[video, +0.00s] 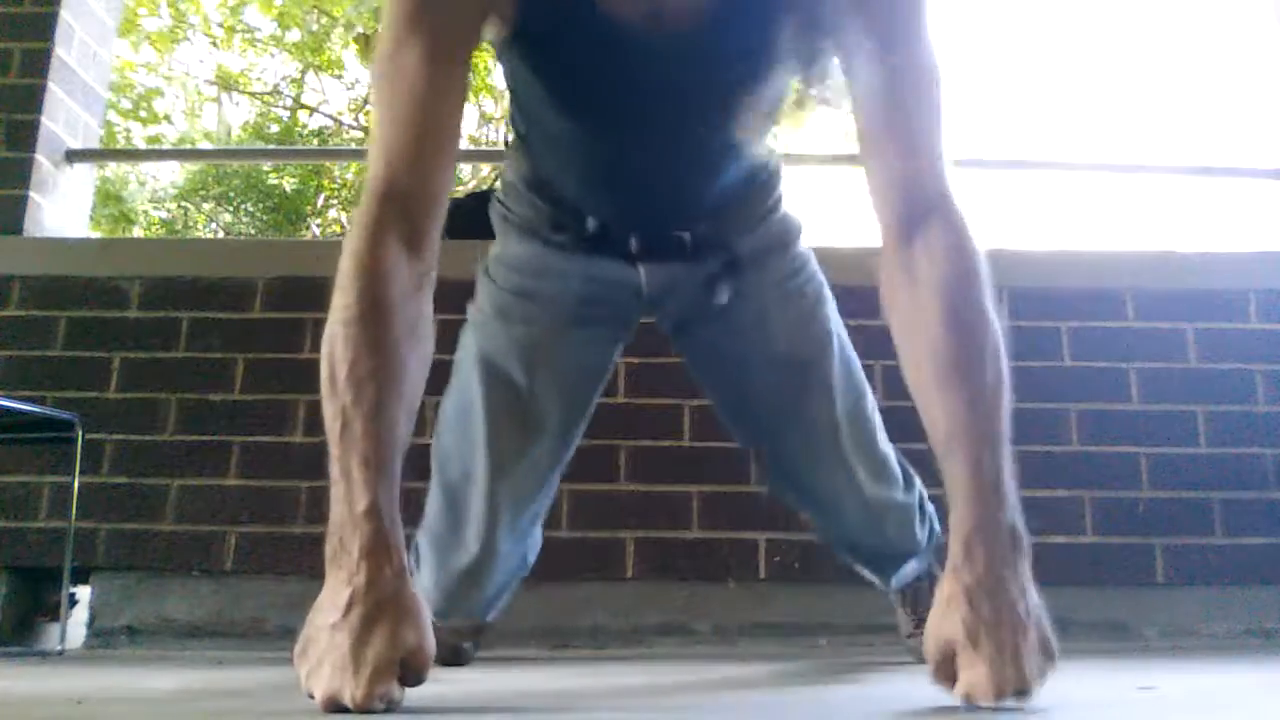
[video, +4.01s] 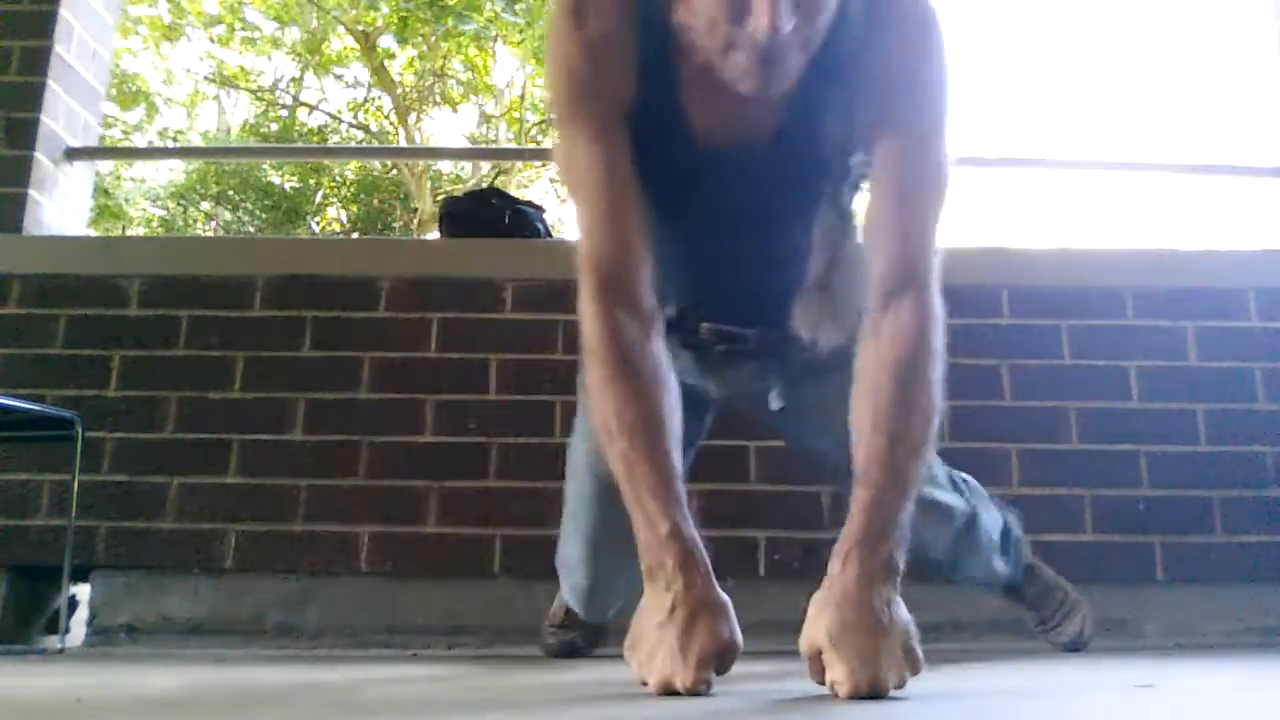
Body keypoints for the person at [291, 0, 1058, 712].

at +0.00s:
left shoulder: (858, 7)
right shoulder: (463, 7)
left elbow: (920, 229)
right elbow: (393, 234)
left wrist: (991, 551)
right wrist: (361, 562)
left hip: (738, 239)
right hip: (551, 243)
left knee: (865, 498)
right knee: (467, 546)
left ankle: (938, 591)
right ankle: (437, 620)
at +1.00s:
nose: (769, 15)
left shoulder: (945, 9)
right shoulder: (593, 11)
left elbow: (964, 237)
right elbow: (601, 274)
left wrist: (934, 511)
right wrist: (652, 564)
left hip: (832, 281)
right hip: (658, 272)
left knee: (939, 536)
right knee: (536, 539)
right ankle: (513, 571)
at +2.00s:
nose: (461, 32)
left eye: (494, 5)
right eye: (427, 4)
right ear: (380, 4)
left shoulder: (639, 32)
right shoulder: (318, 37)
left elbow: (771, 293)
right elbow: (270, 302)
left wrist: (775, 571)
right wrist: (256, 572)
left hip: (648, 336)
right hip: (494, 326)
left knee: (692, 568)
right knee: (459, 579)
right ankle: (527, 563)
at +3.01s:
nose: (357, 5)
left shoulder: (539, 22)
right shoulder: (237, 31)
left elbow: (660, 264)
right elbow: (240, 299)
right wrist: (248, 565)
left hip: (531, 316)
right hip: (367, 316)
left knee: (615, 542)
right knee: (299, 564)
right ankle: (357, 564)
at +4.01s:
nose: (767, 26)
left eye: (798, 0)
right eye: (731, 1)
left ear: (837, 0)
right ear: (673, 5)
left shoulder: (896, 24)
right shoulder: (593, 21)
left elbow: (904, 296)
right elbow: (617, 303)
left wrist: (867, 572)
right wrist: (674, 571)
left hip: (813, 347)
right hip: (661, 335)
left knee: (913, 503)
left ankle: (1012, 565)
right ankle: (587, 598)